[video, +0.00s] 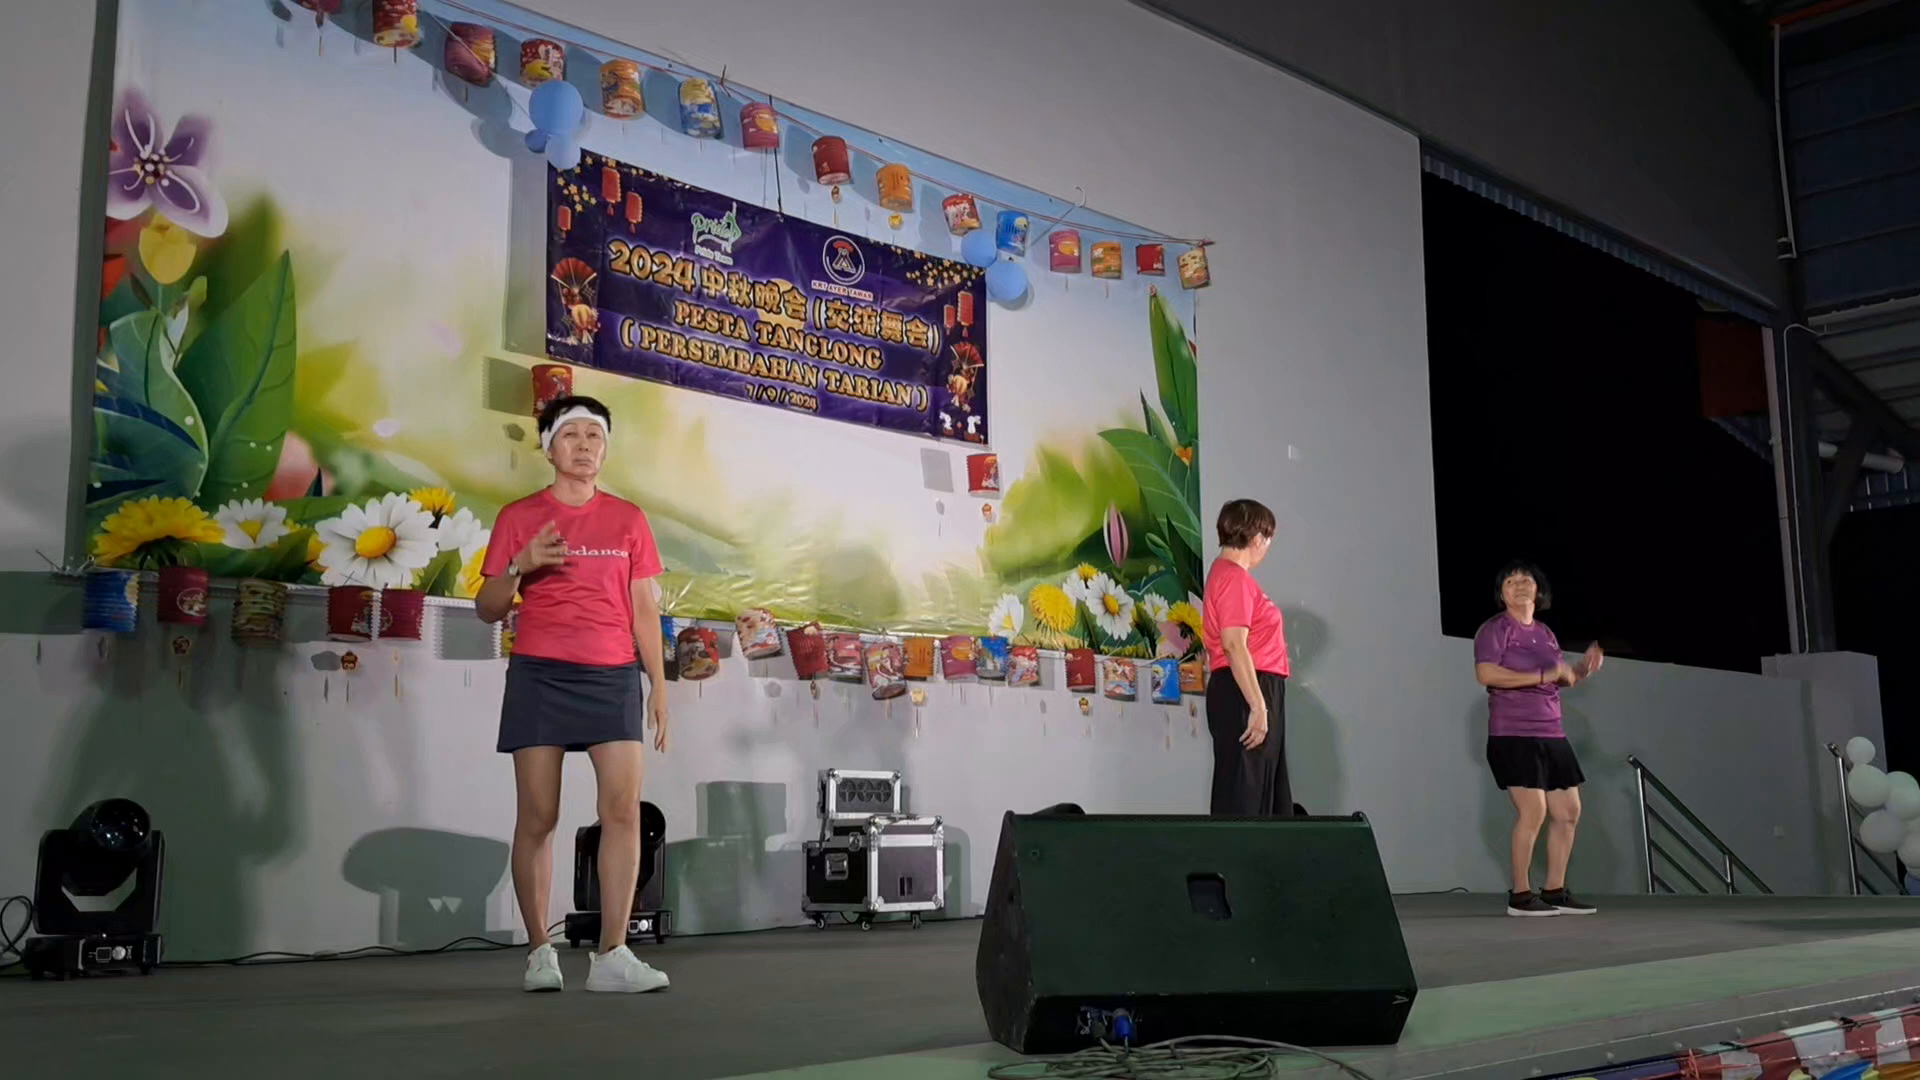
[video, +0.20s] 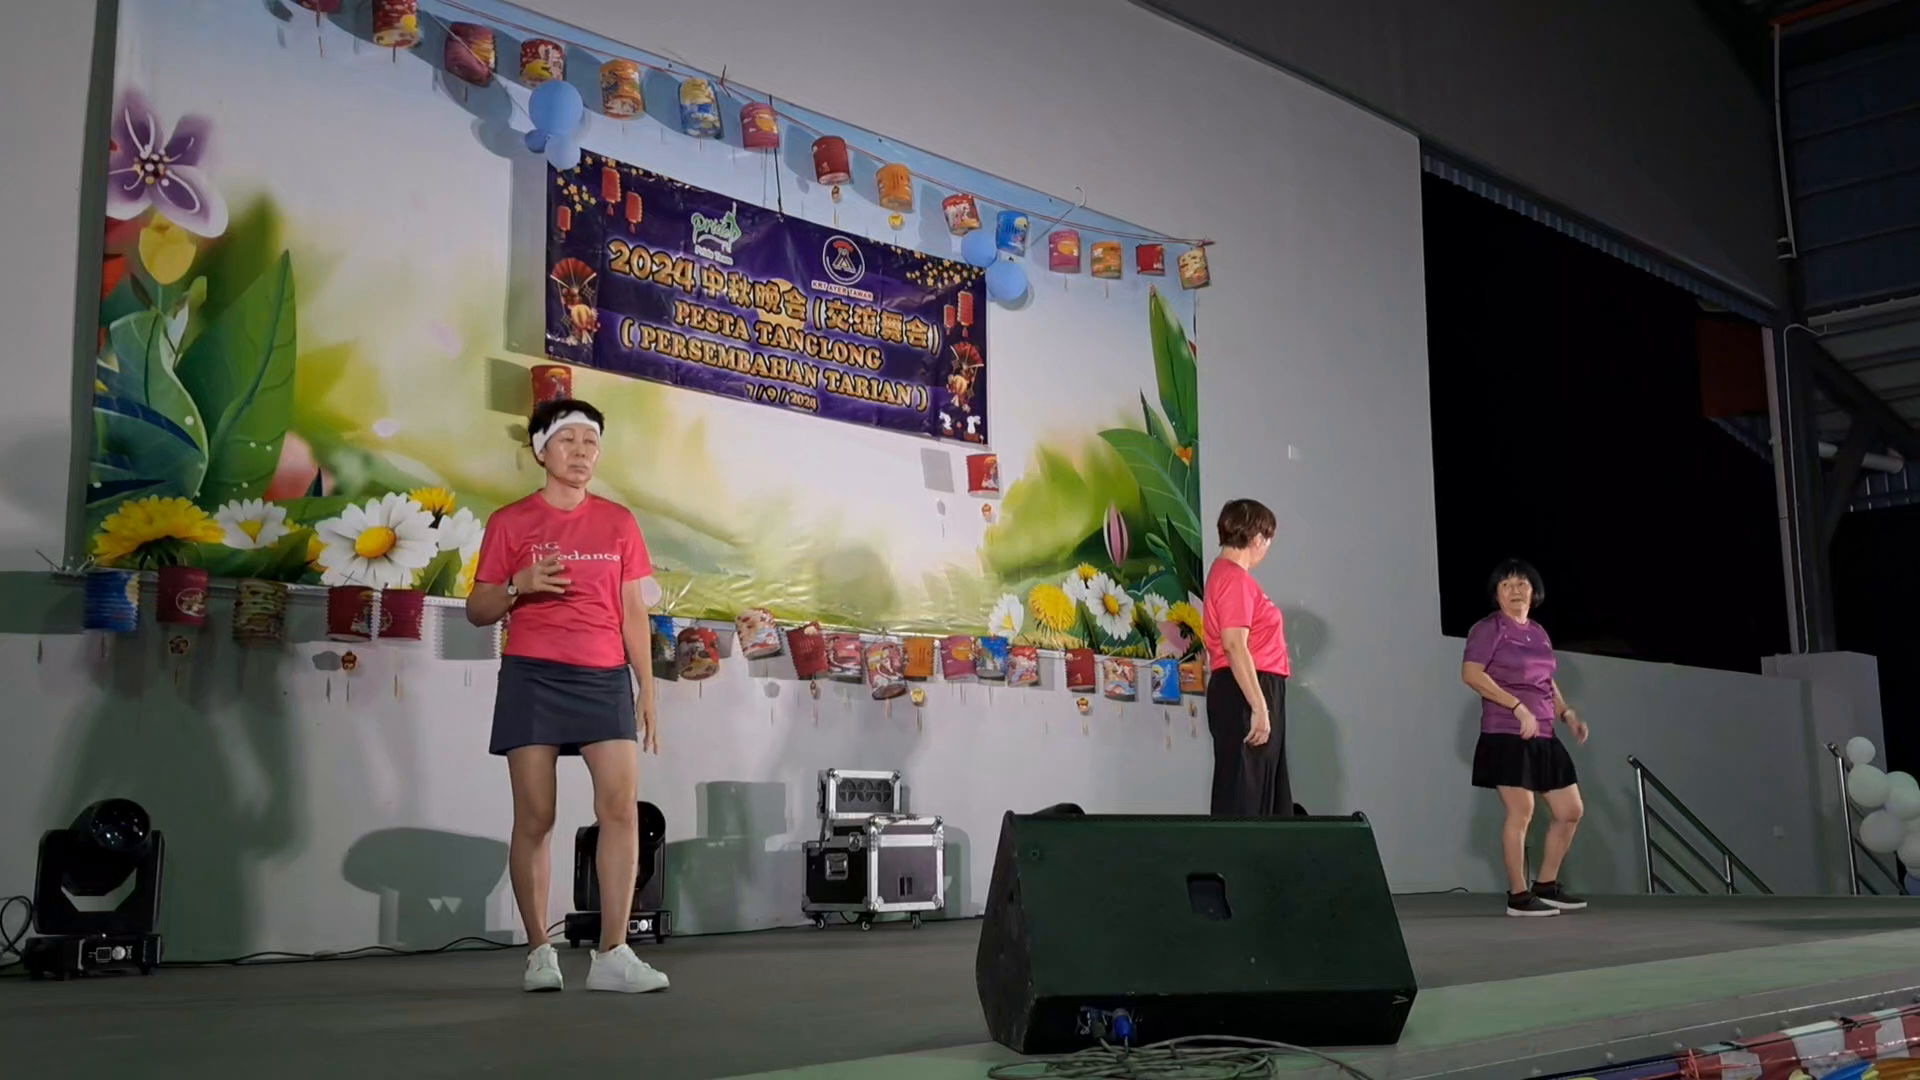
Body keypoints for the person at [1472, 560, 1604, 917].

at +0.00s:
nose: (1519, 586)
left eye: (1525, 581)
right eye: (1512, 582)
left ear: (1538, 590)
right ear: (1501, 592)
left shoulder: (1546, 634)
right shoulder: (1493, 630)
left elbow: (1559, 679)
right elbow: (1486, 674)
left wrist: (1582, 668)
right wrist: (1543, 677)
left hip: (1551, 735)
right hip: (1511, 736)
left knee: (1568, 810)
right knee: (1532, 811)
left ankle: (1554, 891)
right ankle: (1520, 895)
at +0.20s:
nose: (1516, 590)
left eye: (1522, 584)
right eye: (1508, 585)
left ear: (1533, 591)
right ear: (1497, 593)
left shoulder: (1540, 634)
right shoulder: (1488, 629)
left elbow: (1547, 684)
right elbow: (1471, 673)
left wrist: (1568, 715)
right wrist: (1517, 705)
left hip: (1543, 738)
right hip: (1505, 737)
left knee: (1570, 811)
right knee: (1520, 810)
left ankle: (1546, 886)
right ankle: (1519, 896)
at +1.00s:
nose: (1539, 599)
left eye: (1544, 593)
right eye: (1532, 591)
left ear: (1549, 599)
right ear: (1513, 593)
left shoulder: (1548, 636)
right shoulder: (1499, 628)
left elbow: (1562, 682)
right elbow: (1530, 655)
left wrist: (1579, 719)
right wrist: (1588, 653)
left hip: (1555, 737)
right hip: (1518, 737)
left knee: (1552, 814)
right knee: (1527, 810)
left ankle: (1542, 891)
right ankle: (1519, 894)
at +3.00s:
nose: (1553, 591)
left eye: (1557, 586)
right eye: (1544, 584)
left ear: (1562, 594)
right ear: (1527, 589)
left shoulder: (1559, 636)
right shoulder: (1514, 625)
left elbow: (1580, 677)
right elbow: (1502, 669)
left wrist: (1612, 714)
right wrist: (1541, 704)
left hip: (1556, 736)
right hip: (1523, 735)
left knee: (1563, 811)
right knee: (1553, 808)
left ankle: (1545, 891)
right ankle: (1529, 889)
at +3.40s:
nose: (1557, 588)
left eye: (1560, 583)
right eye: (1549, 582)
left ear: (1564, 591)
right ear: (1531, 588)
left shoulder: (1561, 632)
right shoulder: (1518, 627)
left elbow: (1560, 686)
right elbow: (1509, 682)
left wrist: (1566, 731)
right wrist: (1530, 732)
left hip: (1565, 739)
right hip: (1531, 738)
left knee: (1580, 811)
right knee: (1543, 811)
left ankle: (1558, 890)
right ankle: (1535, 893)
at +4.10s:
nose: (1552, 587)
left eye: (1556, 583)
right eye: (1543, 583)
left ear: (1563, 591)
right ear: (1528, 592)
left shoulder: (1571, 634)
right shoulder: (1518, 630)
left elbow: (1587, 680)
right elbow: (1517, 681)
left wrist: (1608, 722)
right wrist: (1549, 726)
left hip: (1573, 736)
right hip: (1533, 735)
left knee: (1581, 812)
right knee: (1557, 810)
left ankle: (1560, 890)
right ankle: (1541, 891)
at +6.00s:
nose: (1557, 587)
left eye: (1557, 582)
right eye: (1549, 582)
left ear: (1558, 592)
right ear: (1532, 589)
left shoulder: (1556, 634)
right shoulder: (1523, 625)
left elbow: (1563, 690)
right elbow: (1521, 677)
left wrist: (1578, 732)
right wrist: (1542, 729)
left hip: (1566, 735)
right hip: (1538, 734)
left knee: (1565, 814)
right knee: (1550, 811)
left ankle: (1556, 891)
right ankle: (1542, 892)